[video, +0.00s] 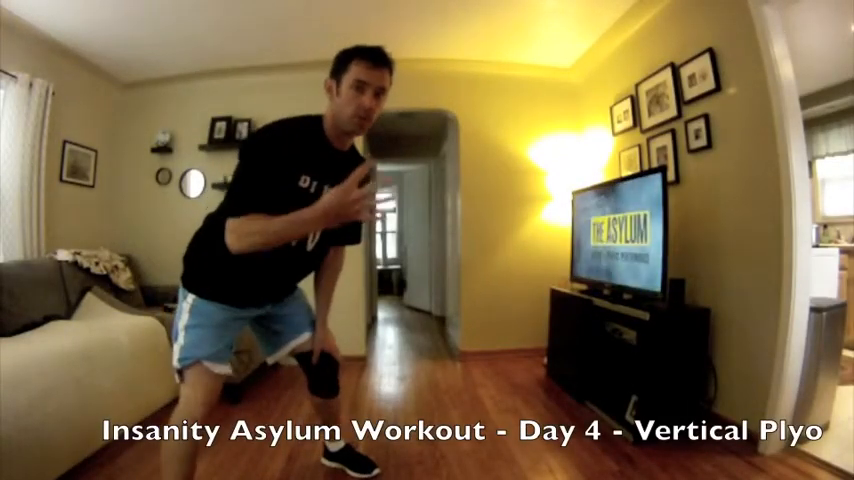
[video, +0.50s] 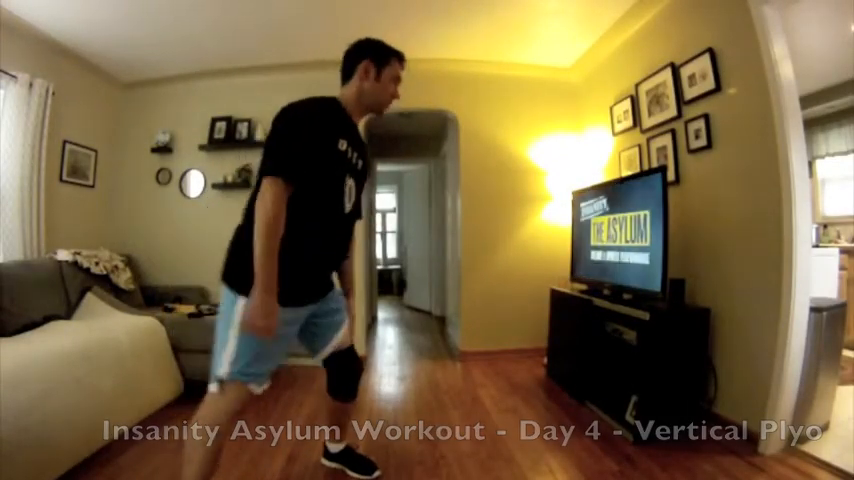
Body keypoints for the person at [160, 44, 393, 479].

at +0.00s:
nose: (369, 104)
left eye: (379, 95)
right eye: (360, 88)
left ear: (384, 102)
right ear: (331, 88)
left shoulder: (355, 170)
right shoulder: (273, 141)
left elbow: (334, 249)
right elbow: (237, 236)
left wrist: (321, 322)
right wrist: (324, 214)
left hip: (276, 285)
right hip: (216, 284)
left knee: (323, 365)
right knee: (201, 394)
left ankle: (335, 447)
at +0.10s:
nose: (376, 103)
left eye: (384, 94)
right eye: (367, 87)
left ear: (387, 100)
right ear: (336, 85)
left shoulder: (356, 170)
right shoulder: (277, 137)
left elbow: (334, 247)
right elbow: (241, 231)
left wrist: (321, 321)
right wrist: (334, 225)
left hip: (276, 285)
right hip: (217, 283)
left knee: (322, 365)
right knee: (201, 393)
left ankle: (335, 447)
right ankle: (174, 476)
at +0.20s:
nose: (391, 103)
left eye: (395, 92)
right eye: (385, 88)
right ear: (348, 80)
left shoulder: (355, 166)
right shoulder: (281, 132)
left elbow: (331, 246)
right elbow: (244, 221)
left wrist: (325, 317)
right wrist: (325, 254)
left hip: (281, 285)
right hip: (221, 281)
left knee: (324, 364)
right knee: (202, 392)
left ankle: (335, 447)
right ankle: (174, 474)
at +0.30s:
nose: (397, 102)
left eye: (399, 91)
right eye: (393, 88)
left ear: (367, 83)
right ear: (361, 78)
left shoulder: (356, 161)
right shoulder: (289, 125)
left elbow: (337, 239)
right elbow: (252, 209)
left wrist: (329, 301)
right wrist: (309, 285)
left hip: (294, 290)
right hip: (232, 284)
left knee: (331, 370)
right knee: (206, 397)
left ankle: (335, 447)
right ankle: (178, 473)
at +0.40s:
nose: (397, 99)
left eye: (399, 88)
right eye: (394, 85)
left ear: (369, 80)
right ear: (363, 76)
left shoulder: (357, 158)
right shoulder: (296, 121)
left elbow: (340, 237)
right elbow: (262, 201)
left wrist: (342, 308)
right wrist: (286, 297)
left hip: (304, 287)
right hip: (244, 284)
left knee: (339, 371)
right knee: (214, 397)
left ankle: (334, 447)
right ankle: (186, 473)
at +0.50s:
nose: (397, 92)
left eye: (399, 82)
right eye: (394, 80)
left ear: (369, 77)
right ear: (365, 72)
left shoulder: (360, 155)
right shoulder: (303, 117)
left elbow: (346, 235)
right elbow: (270, 201)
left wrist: (349, 302)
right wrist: (264, 295)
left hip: (317, 284)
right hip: (262, 285)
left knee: (346, 369)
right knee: (230, 393)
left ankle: (335, 447)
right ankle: (193, 474)